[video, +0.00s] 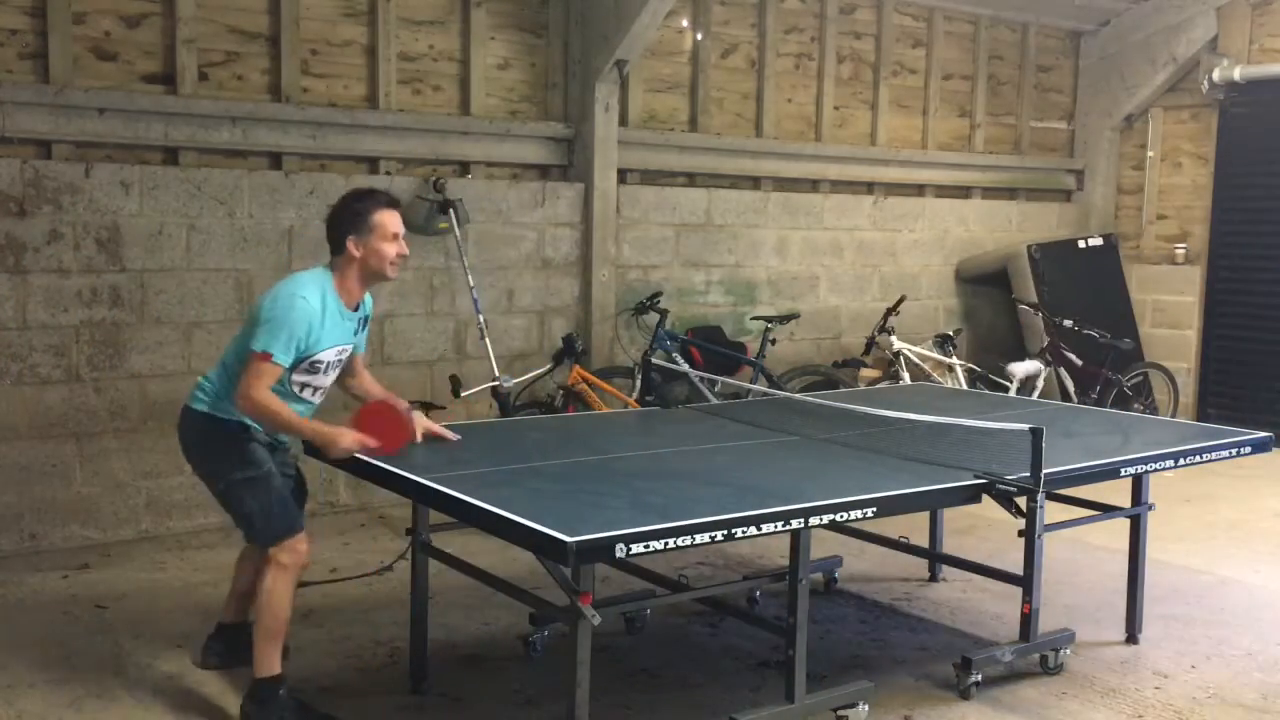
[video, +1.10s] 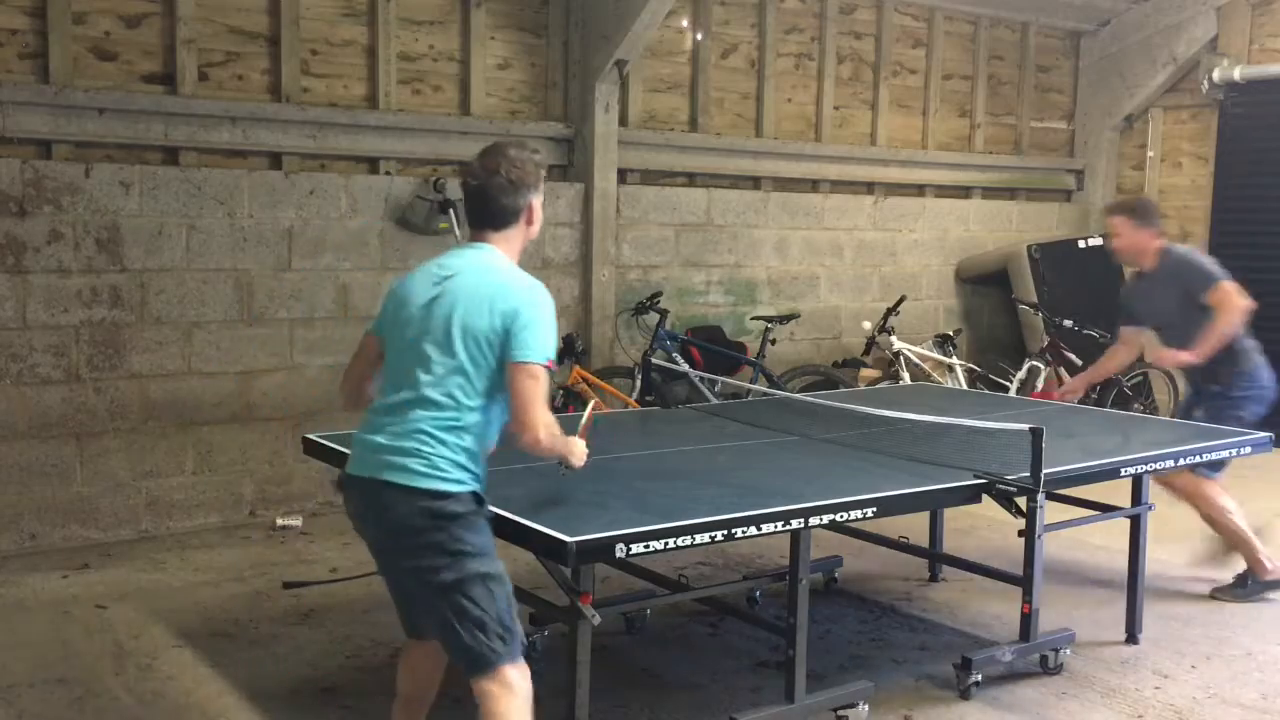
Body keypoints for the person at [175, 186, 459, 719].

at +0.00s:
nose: (403, 250)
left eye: (403, 238)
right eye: (392, 238)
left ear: (364, 247)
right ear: (354, 246)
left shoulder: (361, 303)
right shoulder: (298, 300)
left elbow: (350, 371)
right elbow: (250, 393)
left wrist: (404, 413)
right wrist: (322, 434)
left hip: (269, 429)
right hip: (220, 424)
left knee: (275, 532)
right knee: (289, 549)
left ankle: (229, 635)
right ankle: (267, 693)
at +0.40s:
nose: (411, 236)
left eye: (415, 223)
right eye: (400, 222)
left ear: (371, 223)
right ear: (357, 221)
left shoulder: (377, 275)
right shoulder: (310, 284)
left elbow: (377, 330)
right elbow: (327, 399)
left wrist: (428, 384)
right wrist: (400, 425)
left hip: (301, 427)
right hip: (246, 424)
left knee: (299, 545)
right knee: (267, 573)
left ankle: (235, 629)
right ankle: (248, 702)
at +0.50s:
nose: (429, 219)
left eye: (432, 207)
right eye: (419, 206)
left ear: (389, 209)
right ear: (374, 205)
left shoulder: (377, 265)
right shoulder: (330, 270)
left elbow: (375, 343)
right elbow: (370, 387)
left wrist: (417, 394)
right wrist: (474, 387)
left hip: (319, 429)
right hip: (258, 428)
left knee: (330, 549)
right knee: (267, 576)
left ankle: (274, 649)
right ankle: (248, 701)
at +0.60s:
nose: (450, 206)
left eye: (450, 194)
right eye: (444, 194)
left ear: (410, 199)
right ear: (408, 199)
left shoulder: (384, 260)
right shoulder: (360, 264)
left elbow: (354, 346)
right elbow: (420, 381)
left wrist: (403, 389)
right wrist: (513, 379)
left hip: (335, 438)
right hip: (270, 439)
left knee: (360, 565)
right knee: (268, 590)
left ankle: (336, 688)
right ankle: (250, 704)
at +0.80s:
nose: (490, 214)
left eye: (489, 202)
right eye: (488, 202)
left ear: (428, 206)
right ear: (470, 211)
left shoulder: (401, 270)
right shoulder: (426, 288)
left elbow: (367, 373)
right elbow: (483, 409)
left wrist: (428, 418)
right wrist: (559, 416)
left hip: (382, 469)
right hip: (323, 473)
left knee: (419, 607)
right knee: (353, 637)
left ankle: (401, 715)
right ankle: (273, 694)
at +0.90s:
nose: (511, 218)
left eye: (510, 206)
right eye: (510, 206)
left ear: (447, 210)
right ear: (494, 215)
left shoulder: (417, 273)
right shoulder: (459, 294)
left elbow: (407, 378)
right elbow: (496, 418)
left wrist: (467, 423)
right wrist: (567, 433)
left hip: (389, 470)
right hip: (353, 477)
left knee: (439, 609)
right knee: (429, 639)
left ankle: (404, 715)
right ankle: (335, 710)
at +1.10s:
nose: (542, 215)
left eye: (541, 204)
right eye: (542, 204)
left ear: (470, 209)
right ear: (533, 212)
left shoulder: (412, 283)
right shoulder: (524, 297)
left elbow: (354, 392)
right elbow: (530, 431)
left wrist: (426, 393)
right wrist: (566, 447)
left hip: (366, 482)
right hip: (436, 493)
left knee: (428, 636)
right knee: (503, 675)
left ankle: (407, 716)